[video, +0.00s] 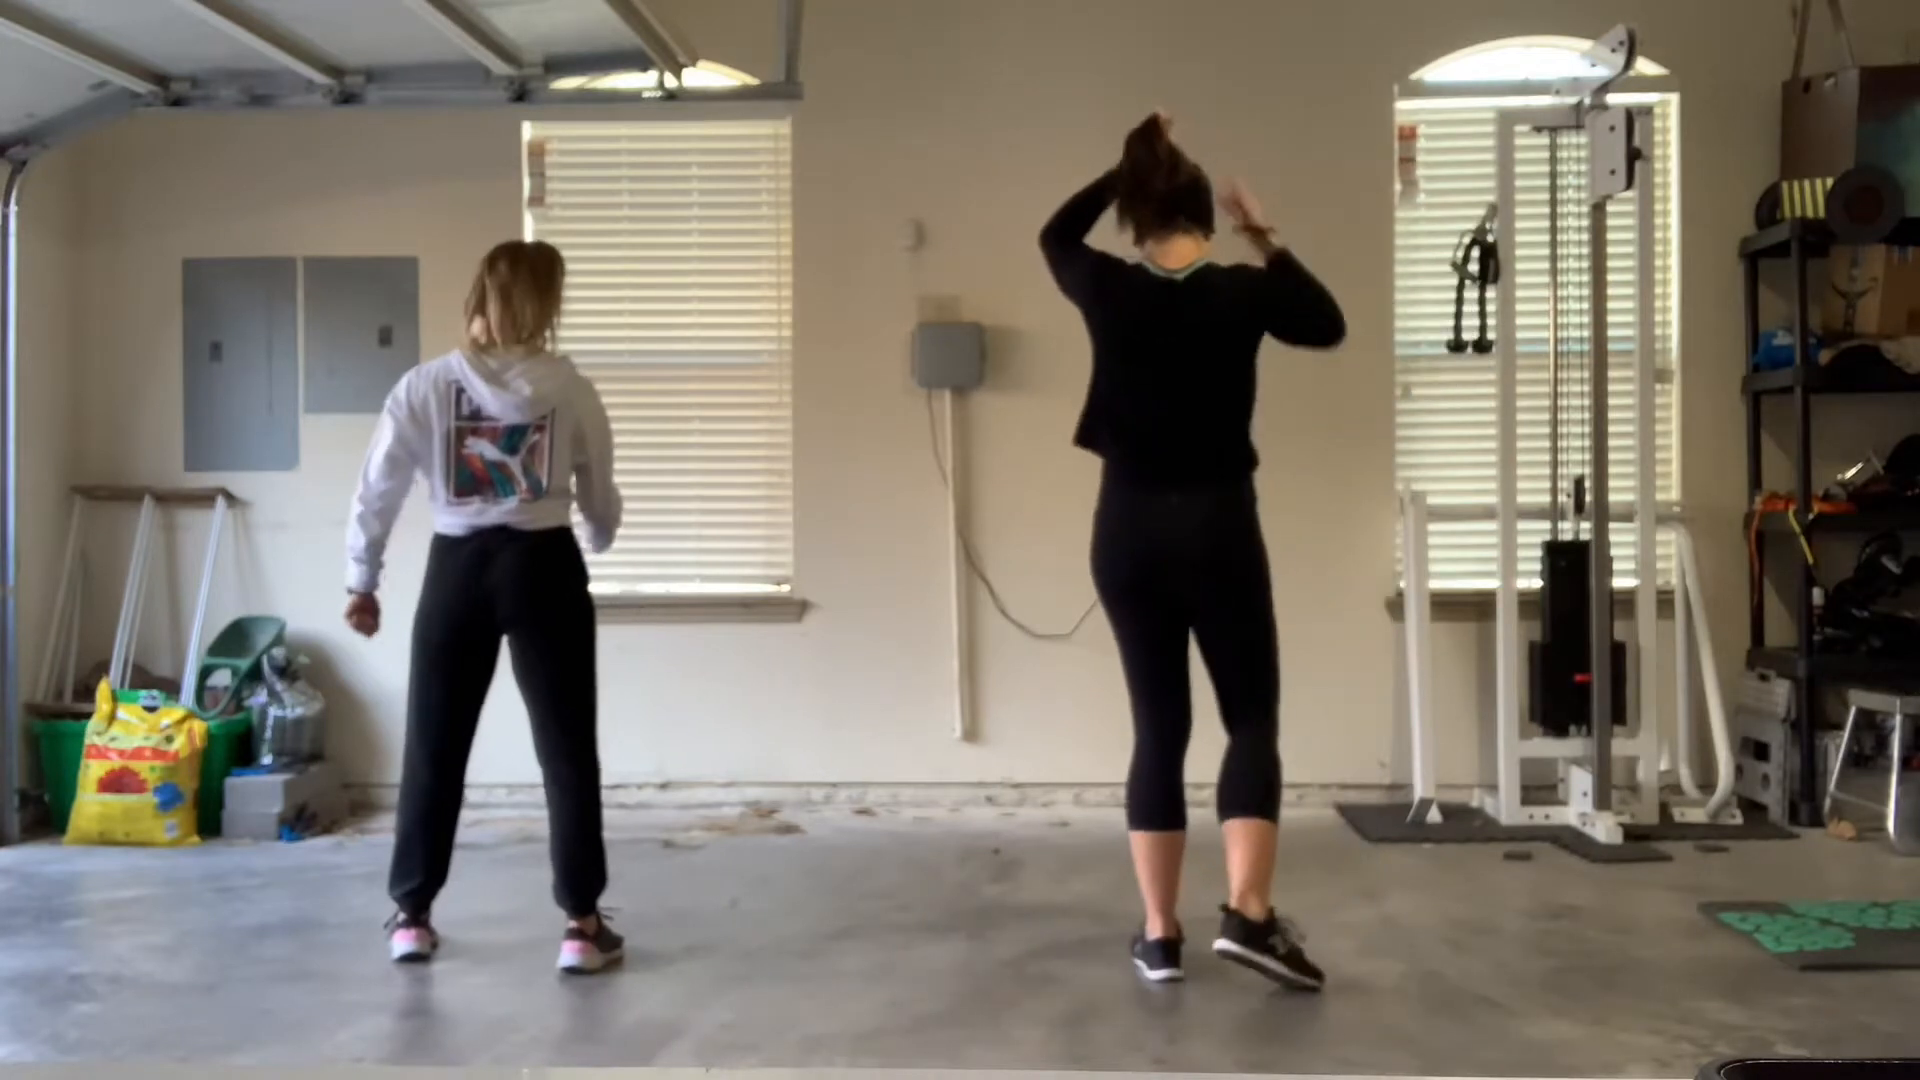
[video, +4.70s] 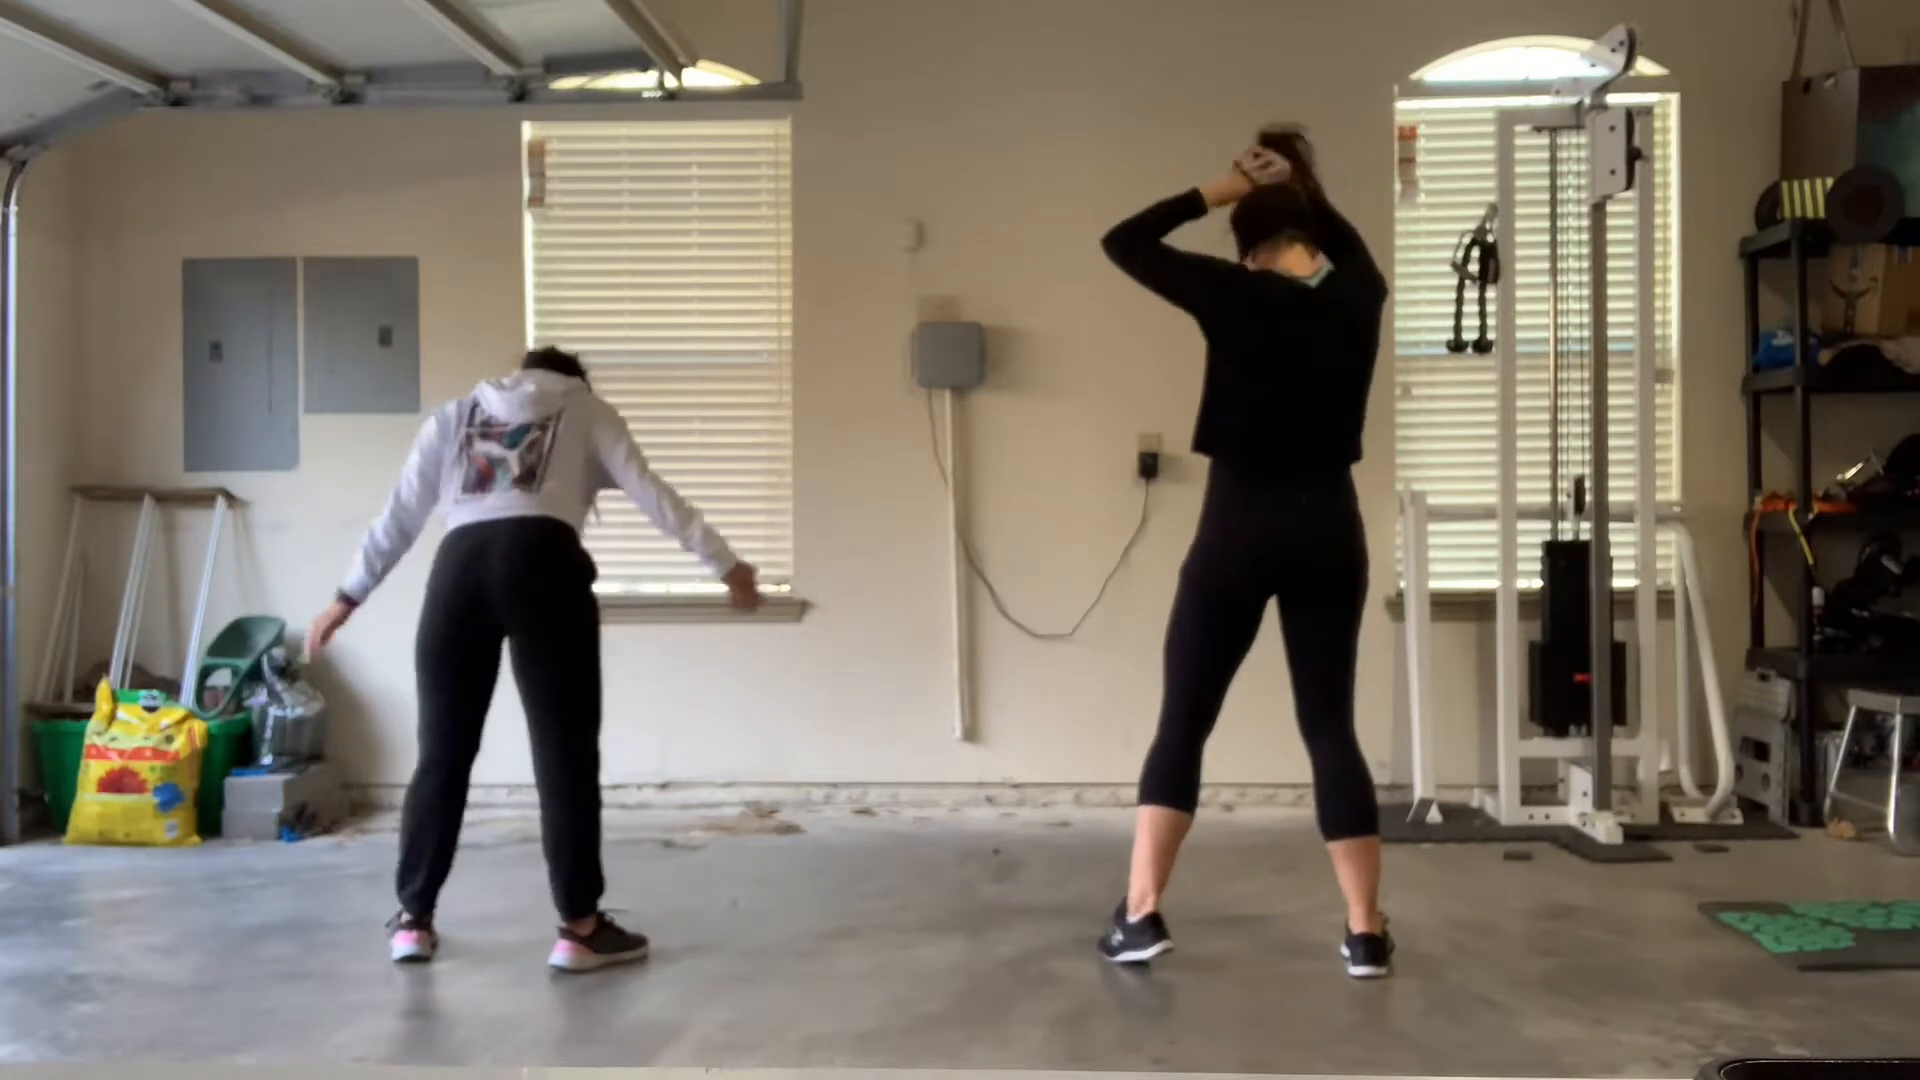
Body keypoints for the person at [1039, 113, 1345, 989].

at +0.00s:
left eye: (1148, 216)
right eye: (1191, 213)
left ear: (1132, 222)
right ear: (1209, 218)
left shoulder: (1112, 293)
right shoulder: (1244, 291)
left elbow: (1058, 237)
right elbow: (1325, 322)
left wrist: (1122, 172)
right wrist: (1268, 239)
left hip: (1127, 537)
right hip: (1222, 536)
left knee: (1157, 727)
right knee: (1250, 722)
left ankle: (1158, 934)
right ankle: (1247, 912)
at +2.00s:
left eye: (1178, 229)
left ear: (1181, 241)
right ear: (1257, 224)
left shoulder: (1184, 319)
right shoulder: (1318, 305)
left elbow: (1076, 273)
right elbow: (1374, 274)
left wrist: (1142, 207)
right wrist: (1305, 207)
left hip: (1210, 545)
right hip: (1303, 543)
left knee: (1165, 729)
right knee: (1325, 731)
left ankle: (1145, 928)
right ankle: (1377, 931)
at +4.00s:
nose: (1221, 275)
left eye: (1220, 262)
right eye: (1232, 259)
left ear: (1223, 257)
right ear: (1291, 245)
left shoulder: (1223, 309)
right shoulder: (1347, 304)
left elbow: (1106, 280)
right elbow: (1349, 255)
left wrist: (1169, 209)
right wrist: (1278, 214)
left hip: (1246, 540)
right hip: (1338, 542)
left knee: (1195, 736)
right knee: (1335, 730)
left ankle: (1141, 928)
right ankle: (1366, 930)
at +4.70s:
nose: (1253, 259)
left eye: (1247, 246)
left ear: (1245, 246)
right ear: (1315, 238)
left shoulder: (1232, 295)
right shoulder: (1355, 302)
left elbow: (1127, 242)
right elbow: (1346, 243)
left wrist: (1210, 196)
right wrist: (1302, 190)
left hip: (1237, 528)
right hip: (1330, 532)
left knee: (1184, 722)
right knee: (1332, 727)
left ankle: (1140, 914)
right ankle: (1365, 930)